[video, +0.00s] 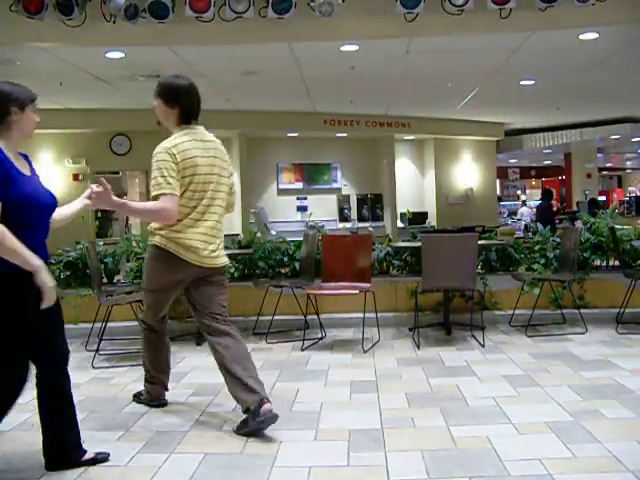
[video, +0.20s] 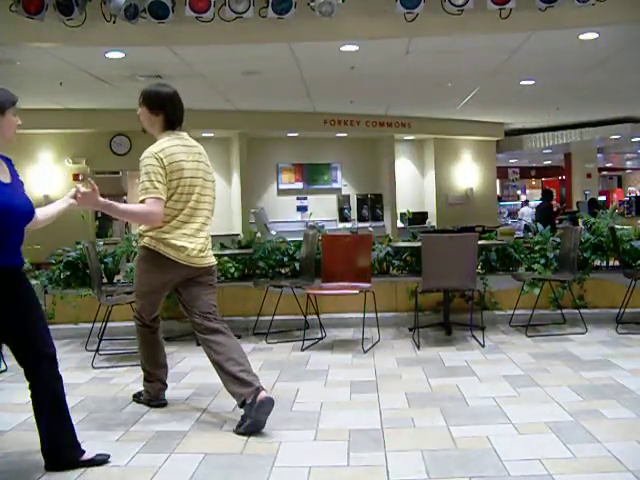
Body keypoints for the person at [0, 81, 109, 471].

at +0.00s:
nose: (37, 118)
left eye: (35, 111)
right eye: (32, 111)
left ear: (16, 115)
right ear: (13, 115)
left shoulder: (23, 160)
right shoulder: (2, 160)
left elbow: (46, 221)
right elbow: (0, 230)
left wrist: (86, 199)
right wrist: (36, 266)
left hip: (36, 274)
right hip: (9, 276)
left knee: (53, 362)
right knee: (10, 374)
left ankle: (64, 453)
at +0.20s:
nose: (18, 122)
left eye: (16, 114)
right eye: (13, 114)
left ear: (2, 121)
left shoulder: (7, 167)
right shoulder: (0, 166)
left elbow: (28, 221)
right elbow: (25, 220)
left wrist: (70, 200)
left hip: (12, 281)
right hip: (2, 282)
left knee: (42, 363)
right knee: (40, 363)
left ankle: (62, 453)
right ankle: (62, 453)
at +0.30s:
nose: (15, 118)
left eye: (14, 111)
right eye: (10, 111)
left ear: (2, 117)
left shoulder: (5, 164)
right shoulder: (2, 164)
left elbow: (29, 218)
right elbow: (27, 217)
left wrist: (69, 199)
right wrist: (68, 199)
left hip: (10, 276)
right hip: (3, 278)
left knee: (37, 362)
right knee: (34, 363)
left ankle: (60, 452)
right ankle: (60, 451)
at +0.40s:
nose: (13, 116)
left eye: (13, 110)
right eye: (9, 110)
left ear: (4, 115)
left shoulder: (5, 162)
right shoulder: (0, 162)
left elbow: (28, 217)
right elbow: (25, 216)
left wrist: (68, 200)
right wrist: (66, 200)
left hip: (11, 274)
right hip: (2, 276)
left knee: (33, 362)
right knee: (28, 363)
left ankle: (53, 449)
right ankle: (52, 448)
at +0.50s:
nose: (18, 117)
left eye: (16, 110)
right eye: (13, 110)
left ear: (5, 116)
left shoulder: (8, 162)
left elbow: (32, 217)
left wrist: (72, 201)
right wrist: (70, 202)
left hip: (14, 274)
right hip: (3, 275)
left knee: (33, 358)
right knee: (31, 358)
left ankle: (34, 447)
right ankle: (32, 447)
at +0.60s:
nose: (24, 122)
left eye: (21, 115)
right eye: (19, 115)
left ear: (6, 121)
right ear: (2, 120)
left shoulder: (13, 165)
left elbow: (39, 220)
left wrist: (80, 202)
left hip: (23, 276)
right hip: (2, 278)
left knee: (37, 360)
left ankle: (21, 448)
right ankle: (11, 450)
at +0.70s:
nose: (31, 124)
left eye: (29, 117)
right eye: (26, 118)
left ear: (11, 124)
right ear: (6, 124)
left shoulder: (20, 167)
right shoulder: (1, 169)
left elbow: (50, 219)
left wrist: (90, 202)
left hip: (29, 278)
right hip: (6, 281)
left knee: (40, 360)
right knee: (30, 363)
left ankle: (26, 449)